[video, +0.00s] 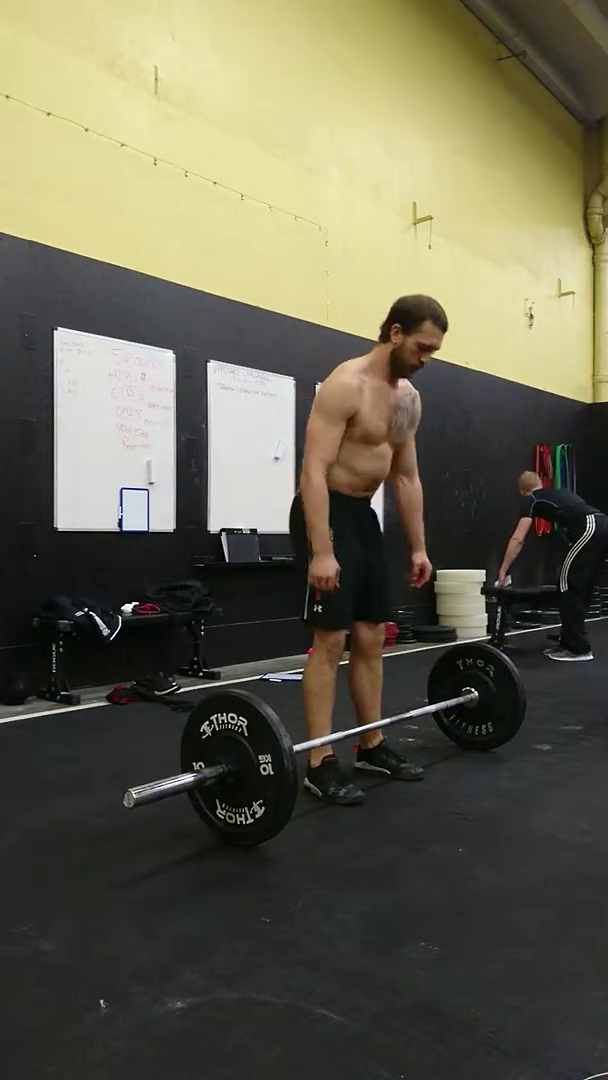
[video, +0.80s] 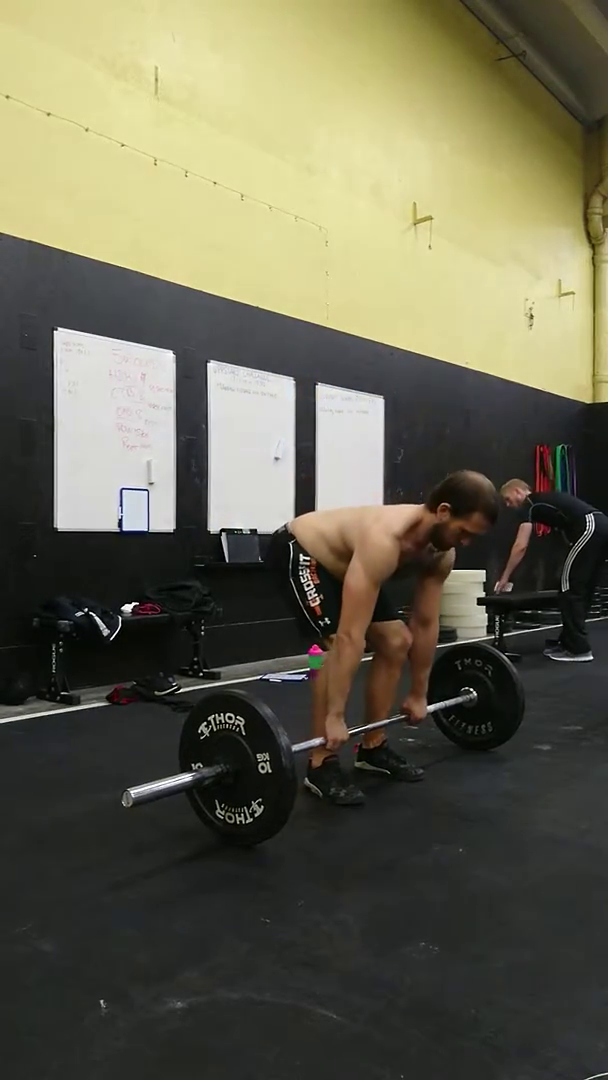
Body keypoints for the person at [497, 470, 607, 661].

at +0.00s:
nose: (524, 496)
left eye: (523, 493)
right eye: (523, 494)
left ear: (524, 491)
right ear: (540, 484)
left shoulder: (532, 500)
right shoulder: (556, 494)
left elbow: (518, 539)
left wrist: (503, 571)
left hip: (590, 528)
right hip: (600, 524)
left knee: (568, 583)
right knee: (580, 585)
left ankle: (577, 648)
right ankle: (570, 642)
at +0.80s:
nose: (508, 505)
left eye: (508, 500)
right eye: (506, 502)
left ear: (519, 493)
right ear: (522, 492)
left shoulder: (530, 504)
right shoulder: (541, 499)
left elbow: (520, 546)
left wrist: (504, 578)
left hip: (590, 527)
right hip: (599, 525)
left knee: (569, 585)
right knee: (580, 586)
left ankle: (578, 648)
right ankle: (569, 642)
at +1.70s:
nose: (512, 471)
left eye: (513, 465)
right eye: (509, 468)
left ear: (525, 458)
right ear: (521, 462)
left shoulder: (551, 473)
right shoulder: (538, 480)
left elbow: (561, 515)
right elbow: (549, 517)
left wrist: (549, 548)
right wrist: (547, 547)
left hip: (592, 526)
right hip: (575, 529)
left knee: (582, 583)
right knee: (569, 583)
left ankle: (584, 647)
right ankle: (568, 641)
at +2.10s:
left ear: (522, 463)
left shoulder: (545, 471)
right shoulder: (535, 481)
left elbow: (557, 508)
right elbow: (544, 524)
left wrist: (549, 544)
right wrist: (543, 557)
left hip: (588, 523)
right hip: (572, 526)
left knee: (582, 582)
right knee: (569, 583)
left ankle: (584, 646)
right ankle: (568, 641)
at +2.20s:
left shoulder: (543, 468)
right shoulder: (532, 472)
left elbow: (554, 506)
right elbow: (545, 514)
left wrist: (548, 545)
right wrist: (547, 552)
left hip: (585, 521)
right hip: (569, 524)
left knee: (577, 581)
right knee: (566, 582)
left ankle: (584, 646)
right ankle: (568, 641)